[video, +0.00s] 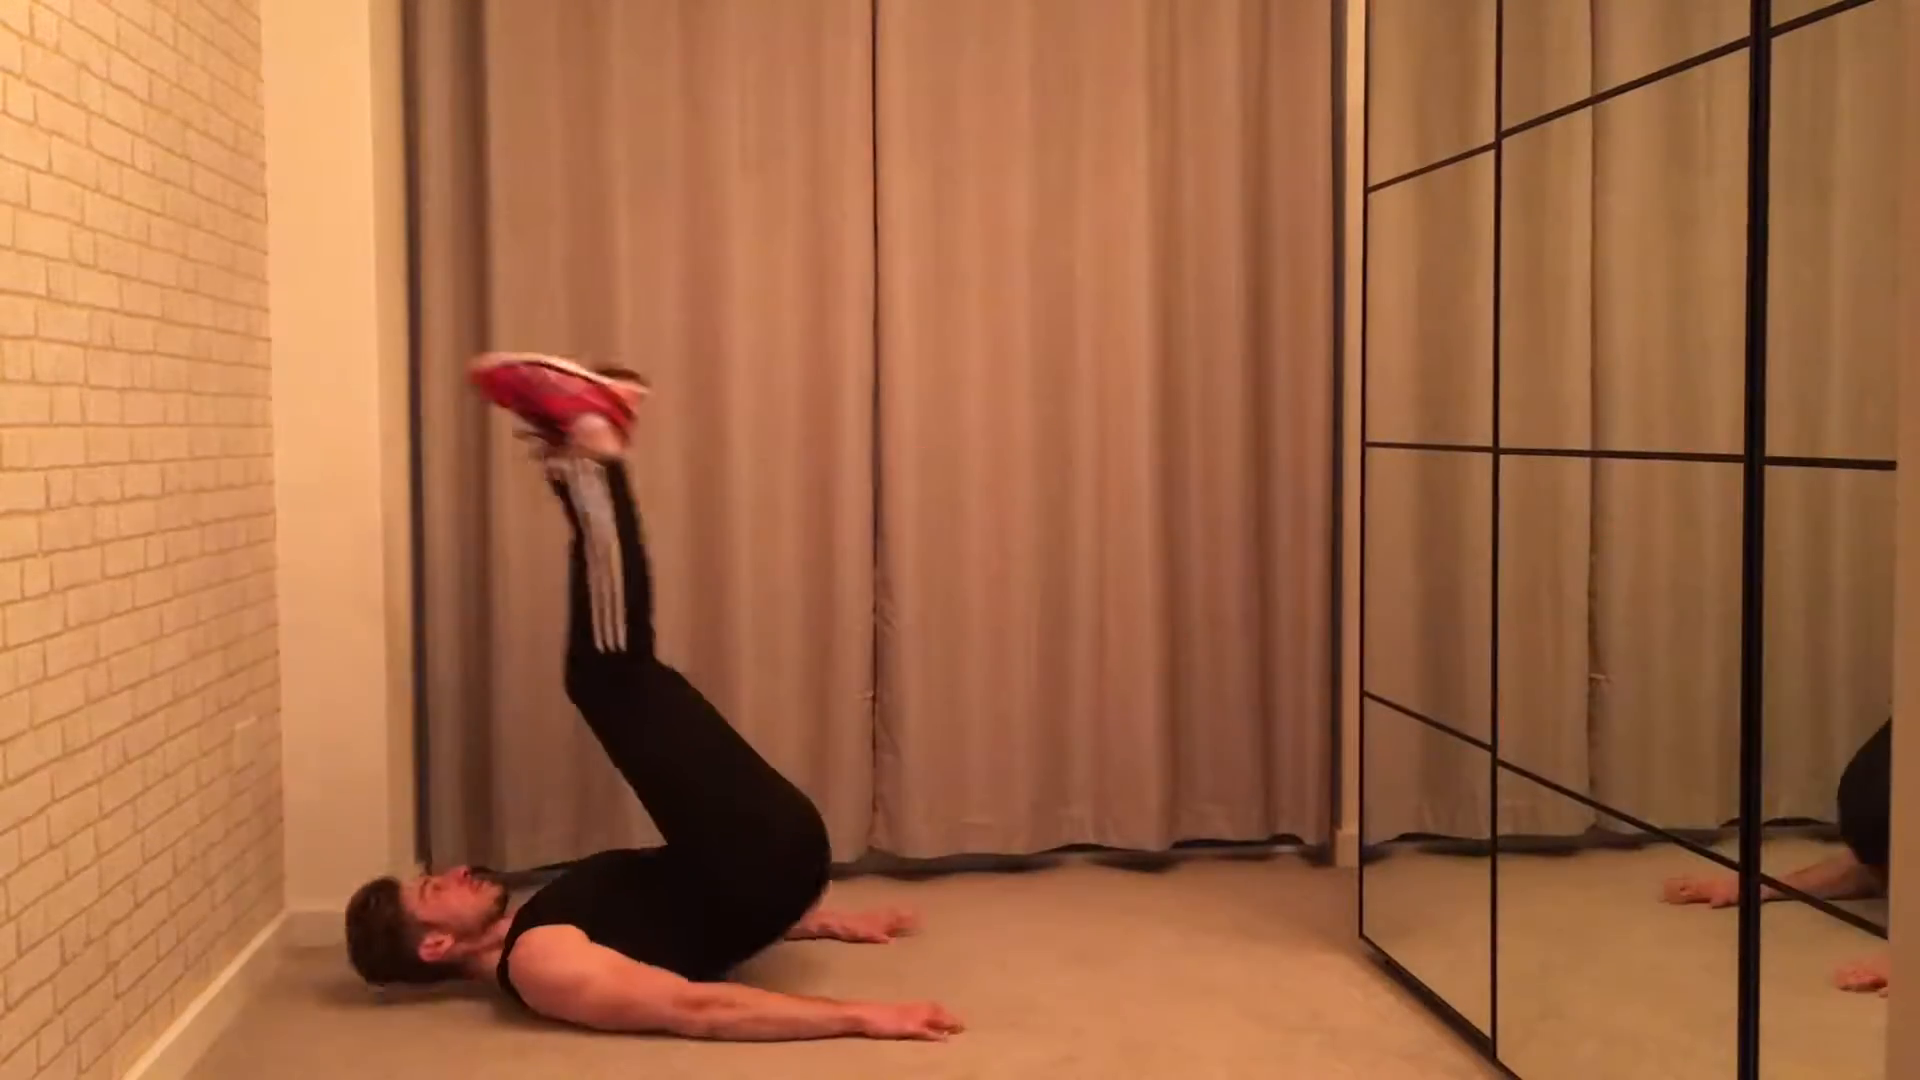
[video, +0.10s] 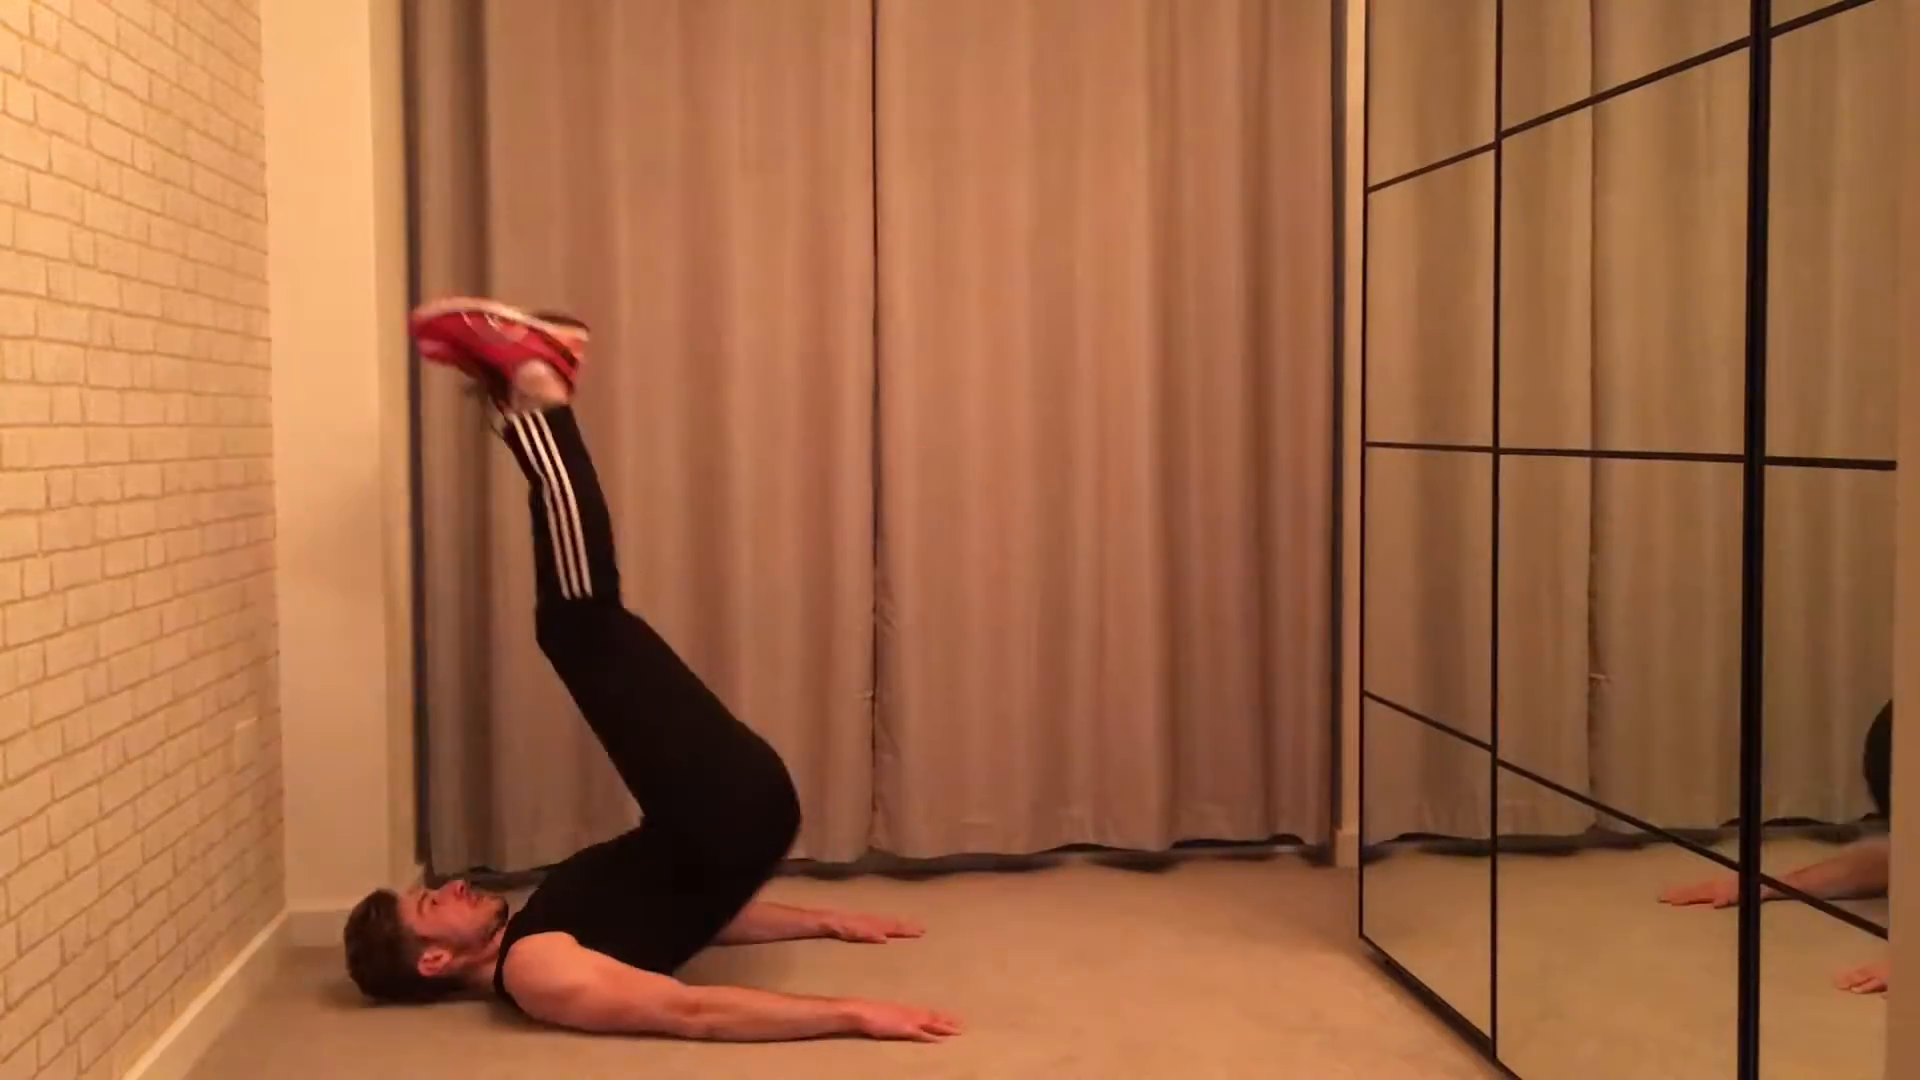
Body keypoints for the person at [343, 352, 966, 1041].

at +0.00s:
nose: (455, 871)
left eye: (432, 873)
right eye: (434, 887)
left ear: (450, 934)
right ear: (441, 949)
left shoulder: (537, 931)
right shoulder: (540, 963)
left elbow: (687, 908)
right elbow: (695, 1010)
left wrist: (826, 923)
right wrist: (862, 1017)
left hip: (757, 862)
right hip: (764, 868)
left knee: (610, 675)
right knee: (605, 677)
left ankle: (584, 455)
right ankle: (587, 454)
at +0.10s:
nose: (452, 889)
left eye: (434, 889)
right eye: (434, 904)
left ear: (450, 939)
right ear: (441, 958)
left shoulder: (543, 933)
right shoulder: (540, 969)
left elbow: (699, 919)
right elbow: (692, 1013)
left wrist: (829, 923)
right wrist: (849, 1017)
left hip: (730, 818)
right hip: (734, 823)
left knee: (583, 623)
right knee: (577, 624)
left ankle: (534, 398)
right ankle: (534, 397)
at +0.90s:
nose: (434, 891)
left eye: (413, 896)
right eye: (413, 915)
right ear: (426, 972)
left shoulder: (529, 934)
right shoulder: (522, 979)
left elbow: (681, 915)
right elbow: (676, 1015)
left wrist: (815, 920)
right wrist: (837, 1020)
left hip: (662, 774)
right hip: (685, 769)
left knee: (518, 579)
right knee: (517, 583)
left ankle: (600, 369)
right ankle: (604, 370)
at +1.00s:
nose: (426, 888)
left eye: (407, 894)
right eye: (408, 910)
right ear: (422, 967)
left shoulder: (529, 934)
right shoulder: (520, 978)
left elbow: (684, 917)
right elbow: (674, 1017)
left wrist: (817, 919)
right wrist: (834, 1014)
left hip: (712, 799)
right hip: (715, 806)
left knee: (553, 646)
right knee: (521, 659)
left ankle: (682, 472)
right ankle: (676, 483)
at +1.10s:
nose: (425, 881)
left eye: (406, 887)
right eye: (408, 903)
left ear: (431, 951)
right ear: (421, 960)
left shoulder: (526, 933)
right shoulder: (523, 975)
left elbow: (671, 916)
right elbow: (674, 1016)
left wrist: (804, 920)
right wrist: (833, 1016)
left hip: (748, 853)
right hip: (746, 873)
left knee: (586, 696)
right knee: (567, 729)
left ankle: (753, 569)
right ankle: (766, 610)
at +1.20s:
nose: (446, 849)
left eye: (427, 848)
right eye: (427, 865)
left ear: (443, 910)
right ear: (437, 923)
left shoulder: (531, 901)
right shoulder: (529, 952)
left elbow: (686, 905)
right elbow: (677, 1015)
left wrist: (826, 923)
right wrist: (838, 1012)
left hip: (772, 909)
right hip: (771, 938)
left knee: (682, 689)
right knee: (678, 724)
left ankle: (885, 692)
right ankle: (893, 721)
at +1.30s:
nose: (537, 803)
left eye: (523, 793)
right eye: (513, 805)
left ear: (507, 833)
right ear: (483, 855)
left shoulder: (569, 878)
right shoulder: (551, 916)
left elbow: (704, 910)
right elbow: (675, 1022)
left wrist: (841, 922)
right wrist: (833, 1003)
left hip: (789, 916)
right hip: (790, 949)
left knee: (820, 670)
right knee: (817, 697)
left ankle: (988, 827)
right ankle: (986, 842)